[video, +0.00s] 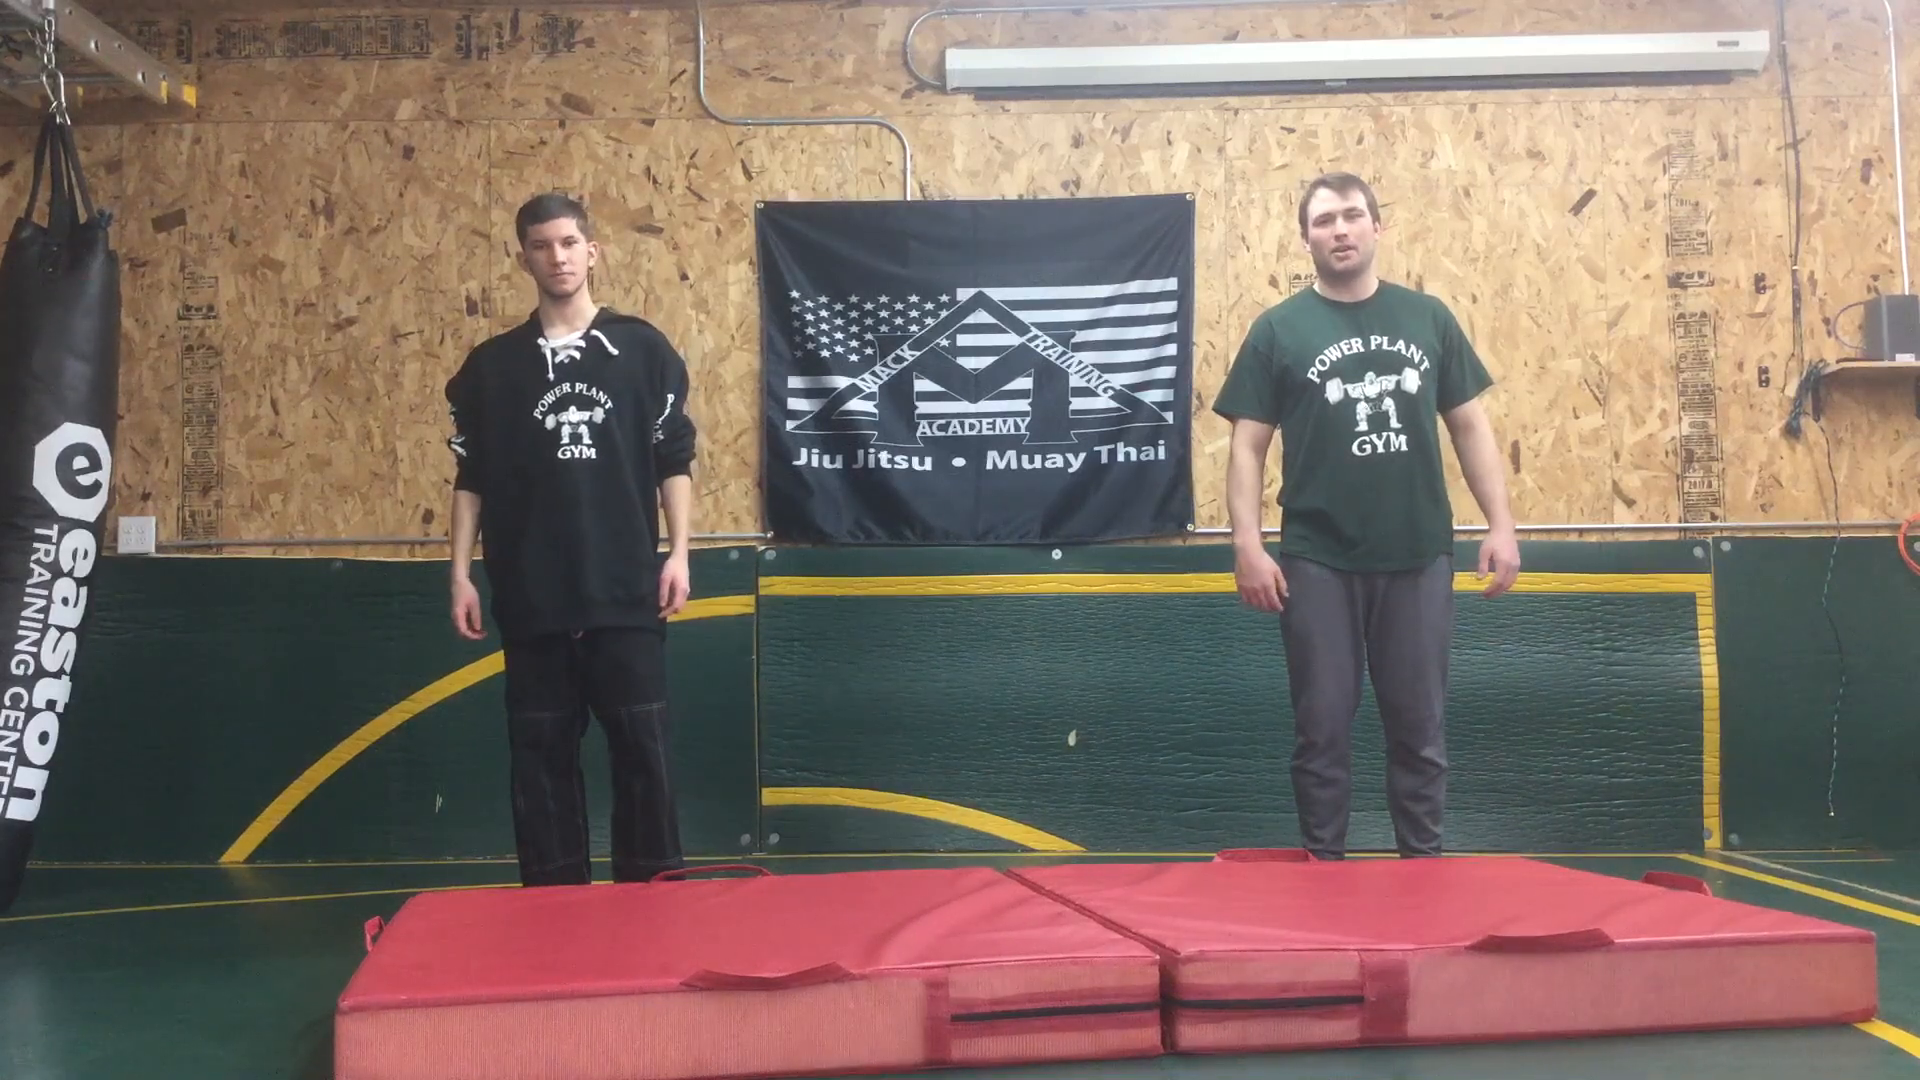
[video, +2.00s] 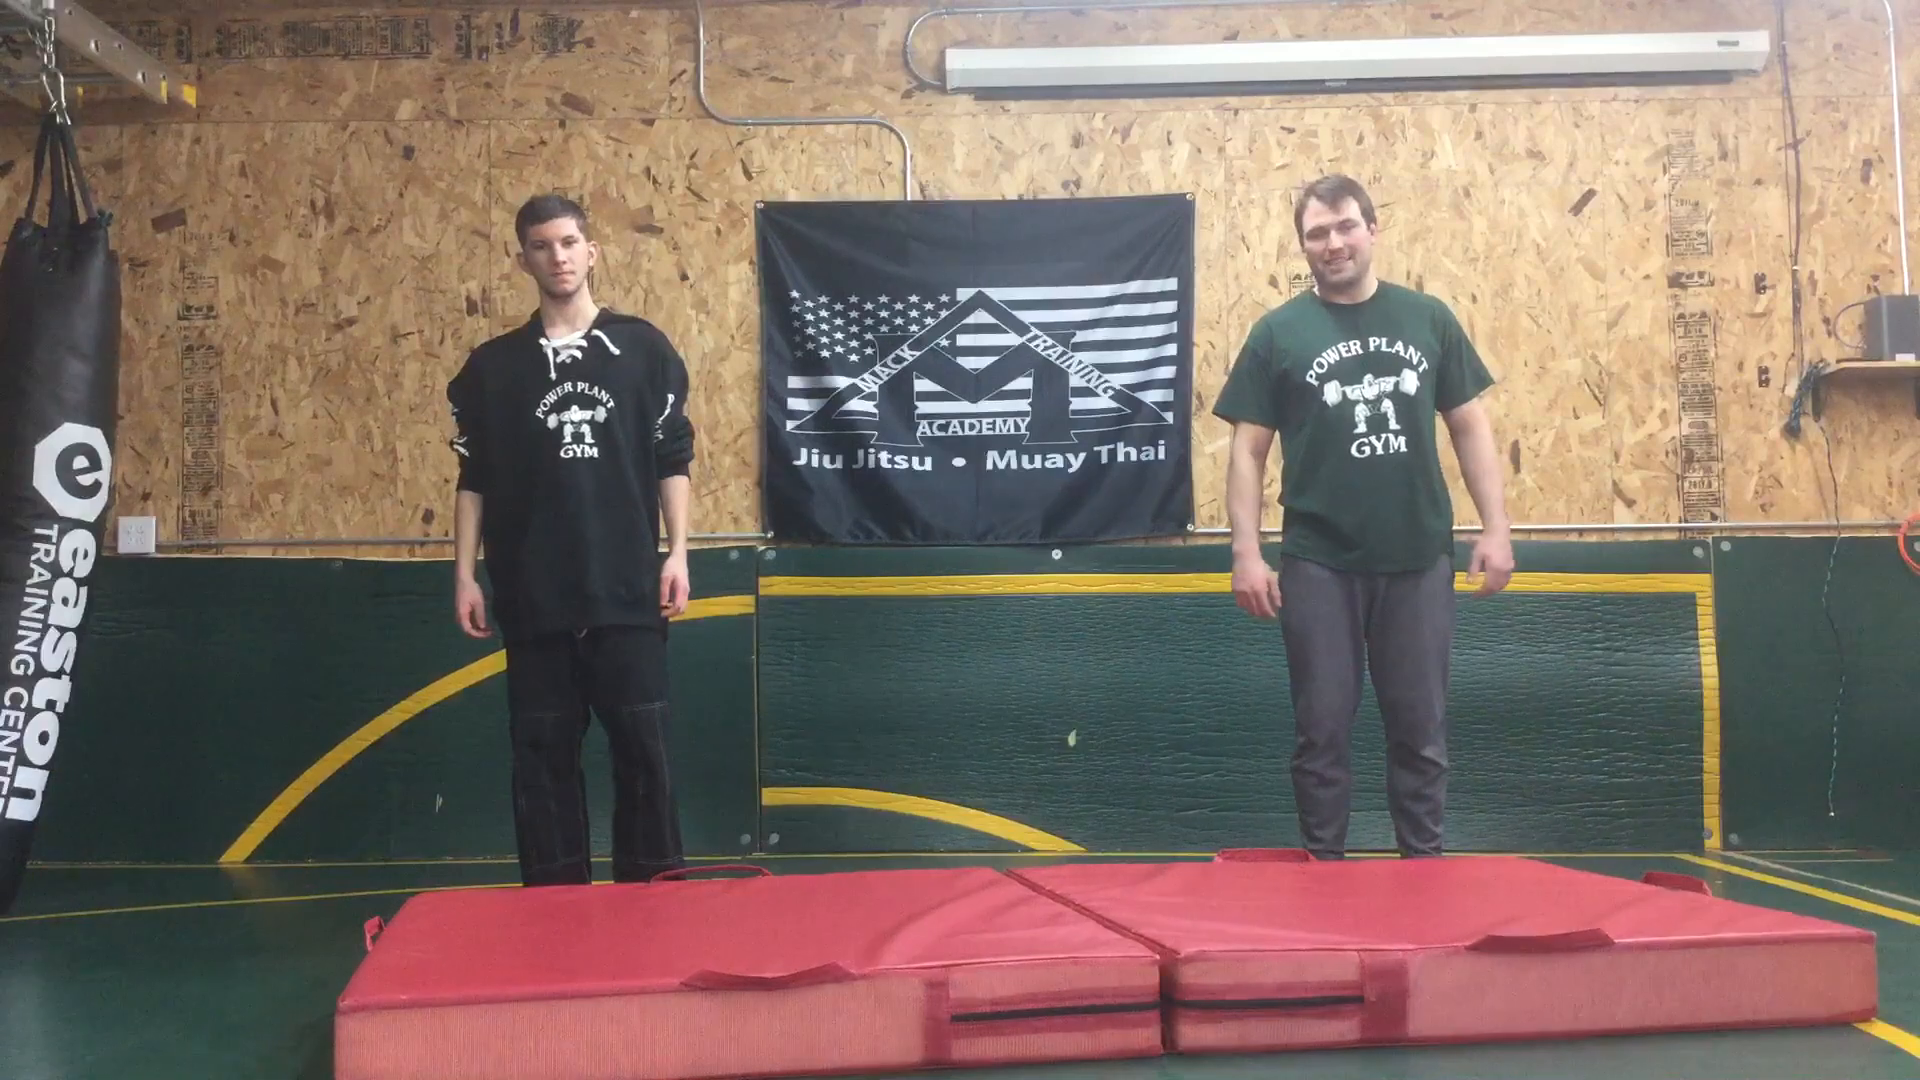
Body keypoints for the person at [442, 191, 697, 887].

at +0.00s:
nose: (557, 257)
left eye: (568, 242)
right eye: (542, 246)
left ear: (591, 250)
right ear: (525, 260)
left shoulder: (642, 347)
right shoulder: (489, 364)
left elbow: (674, 458)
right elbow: (470, 477)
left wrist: (679, 551)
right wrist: (461, 573)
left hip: (625, 585)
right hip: (529, 592)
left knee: (643, 756)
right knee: (542, 763)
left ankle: (652, 907)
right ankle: (554, 913)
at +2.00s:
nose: (558, 257)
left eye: (568, 242)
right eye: (542, 247)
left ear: (590, 249)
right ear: (525, 261)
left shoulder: (643, 347)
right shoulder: (489, 365)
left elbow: (672, 458)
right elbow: (473, 477)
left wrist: (678, 551)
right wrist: (465, 574)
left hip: (627, 585)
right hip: (531, 592)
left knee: (644, 754)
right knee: (543, 762)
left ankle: (653, 905)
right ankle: (555, 913)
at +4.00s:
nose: (563, 256)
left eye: (573, 242)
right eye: (547, 246)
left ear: (594, 251)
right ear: (529, 261)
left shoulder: (645, 351)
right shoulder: (490, 366)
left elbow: (669, 463)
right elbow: (471, 478)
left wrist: (678, 552)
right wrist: (473, 572)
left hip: (628, 584)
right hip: (532, 589)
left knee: (645, 751)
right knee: (543, 759)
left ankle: (654, 902)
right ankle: (555, 910)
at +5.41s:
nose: (558, 255)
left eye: (569, 241)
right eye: (542, 245)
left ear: (590, 250)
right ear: (524, 260)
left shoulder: (642, 350)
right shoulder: (486, 366)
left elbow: (668, 462)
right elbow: (469, 479)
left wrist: (678, 551)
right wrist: (466, 575)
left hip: (625, 585)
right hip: (529, 591)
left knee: (643, 755)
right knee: (542, 763)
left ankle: (653, 906)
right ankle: (553, 913)